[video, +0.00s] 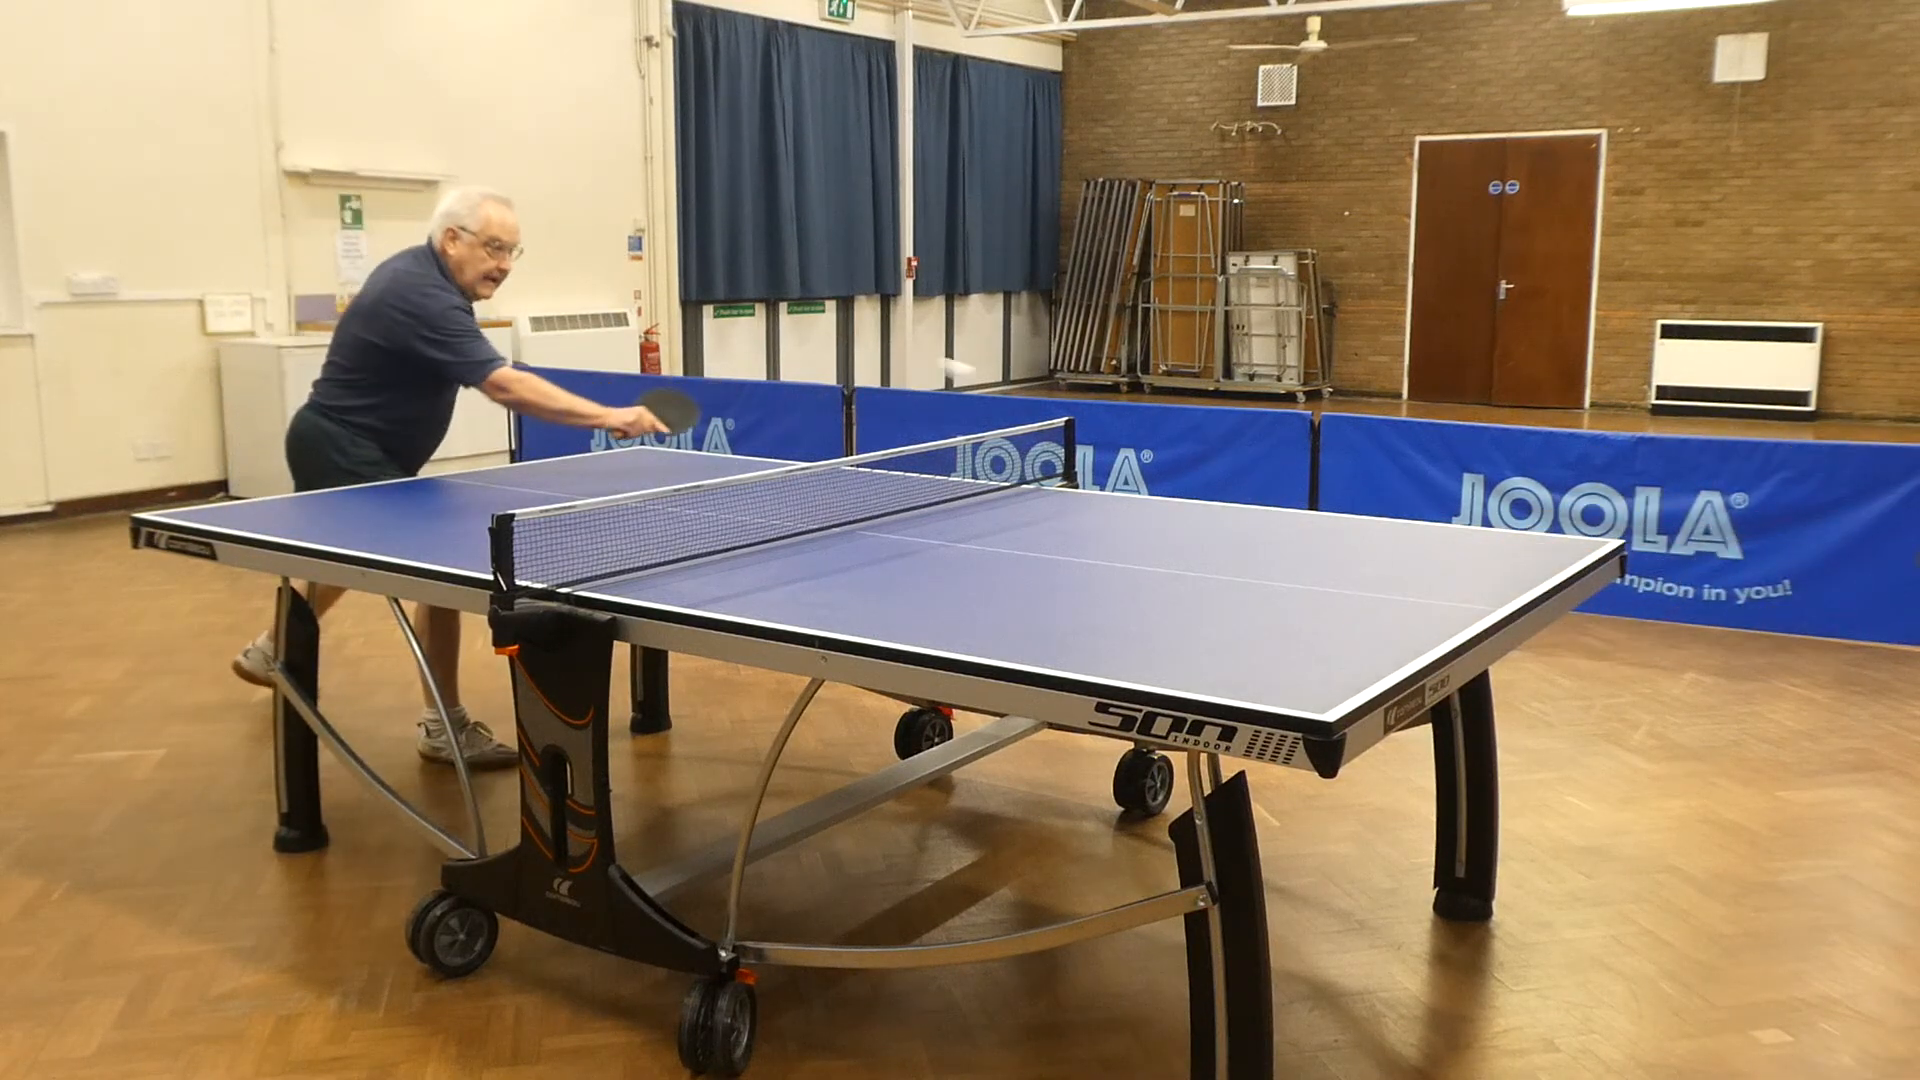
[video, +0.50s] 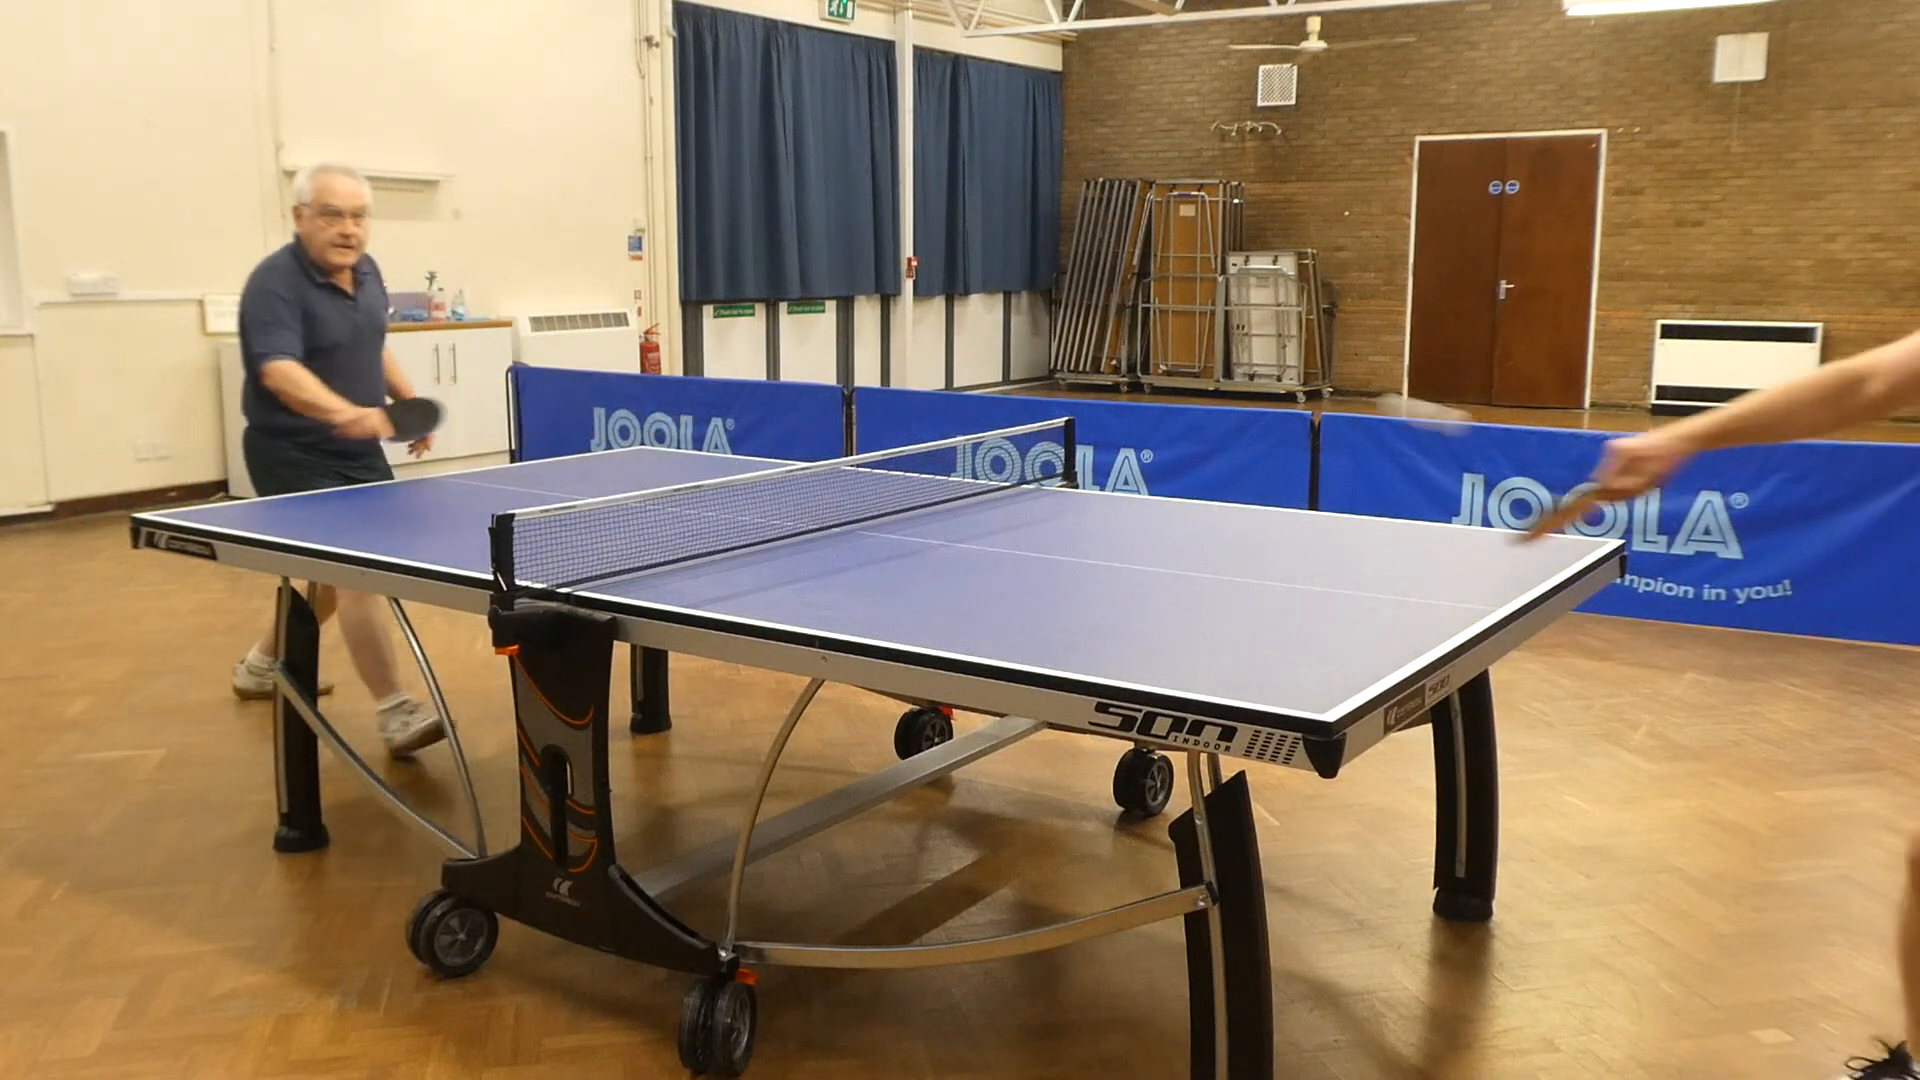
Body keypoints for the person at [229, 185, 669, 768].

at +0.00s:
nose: (504, 266)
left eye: (512, 253)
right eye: (495, 248)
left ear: (452, 242)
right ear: (450, 239)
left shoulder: (421, 271)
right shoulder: (426, 295)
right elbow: (504, 386)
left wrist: (494, 379)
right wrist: (607, 416)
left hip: (339, 441)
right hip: (348, 451)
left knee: (348, 551)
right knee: (445, 570)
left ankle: (273, 649)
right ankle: (446, 723)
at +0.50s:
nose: (348, 228)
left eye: (359, 216)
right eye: (332, 215)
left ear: (369, 222)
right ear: (300, 217)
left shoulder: (367, 274)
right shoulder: (274, 282)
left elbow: (371, 346)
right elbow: (276, 371)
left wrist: (411, 402)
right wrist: (343, 411)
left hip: (360, 446)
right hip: (293, 453)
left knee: (346, 567)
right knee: (356, 567)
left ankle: (263, 659)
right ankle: (395, 708)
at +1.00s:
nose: (337, 261)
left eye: (350, 249)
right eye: (325, 244)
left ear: (360, 243)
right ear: (290, 226)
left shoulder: (345, 278)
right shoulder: (246, 263)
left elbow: (333, 349)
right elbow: (200, 341)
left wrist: (357, 409)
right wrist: (278, 406)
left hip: (295, 446)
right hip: (224, 439)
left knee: (300, 573)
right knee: (254, 577)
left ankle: (288, 692)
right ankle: (252, 728)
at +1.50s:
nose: (330, 263)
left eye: (341, 248)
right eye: (317, 244)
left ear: (350, 248)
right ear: (276, 236)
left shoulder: (322, 294)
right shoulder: (229, 286)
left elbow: (309, 370)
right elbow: (246, 386)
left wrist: (327, 433)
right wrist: (314, 436)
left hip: (266, 451)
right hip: (200, 450)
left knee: (259, 570)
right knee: (257, 583)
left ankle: (223, 664)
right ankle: (251, 730)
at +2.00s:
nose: (315, 239)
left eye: (326, 226)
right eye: (299, 224)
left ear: (335, 225)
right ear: (263, 220)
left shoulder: (331, 278)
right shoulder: (227, 272)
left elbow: (342, 357)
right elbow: (209, 357)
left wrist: (346, 411)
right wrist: (265, 410)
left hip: (294, 445)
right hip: (221, 441)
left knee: (297, 573)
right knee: (258, 579)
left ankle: (239, 667)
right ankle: (254, 725)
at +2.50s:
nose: (283, 233)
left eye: (298, 218)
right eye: (268, 216)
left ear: (320, 213)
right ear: (248, 210)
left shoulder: (345, 249)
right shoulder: (232, 265)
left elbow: (368, 307)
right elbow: (251, 346)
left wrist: (375, 355)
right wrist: (283, 382)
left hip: (326, 433)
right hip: (253, 436)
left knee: (345, 561)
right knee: (278, 574)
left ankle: (269, 632)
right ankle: (270, 717)